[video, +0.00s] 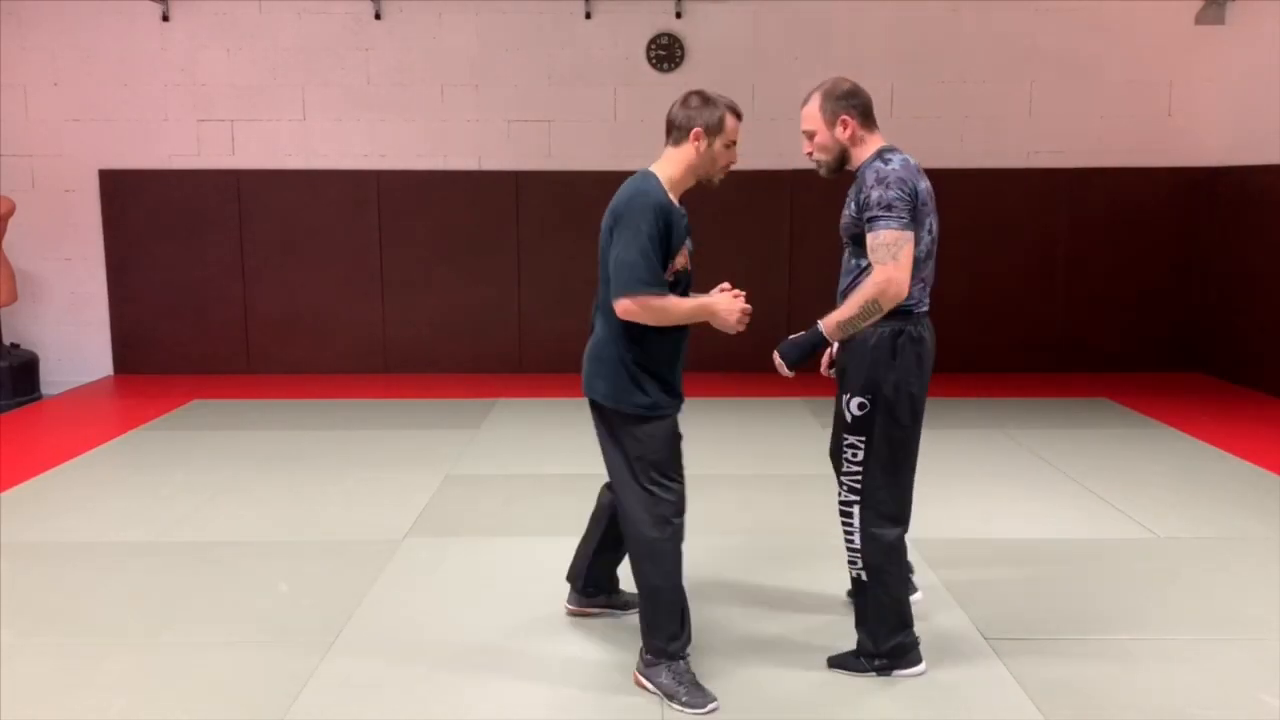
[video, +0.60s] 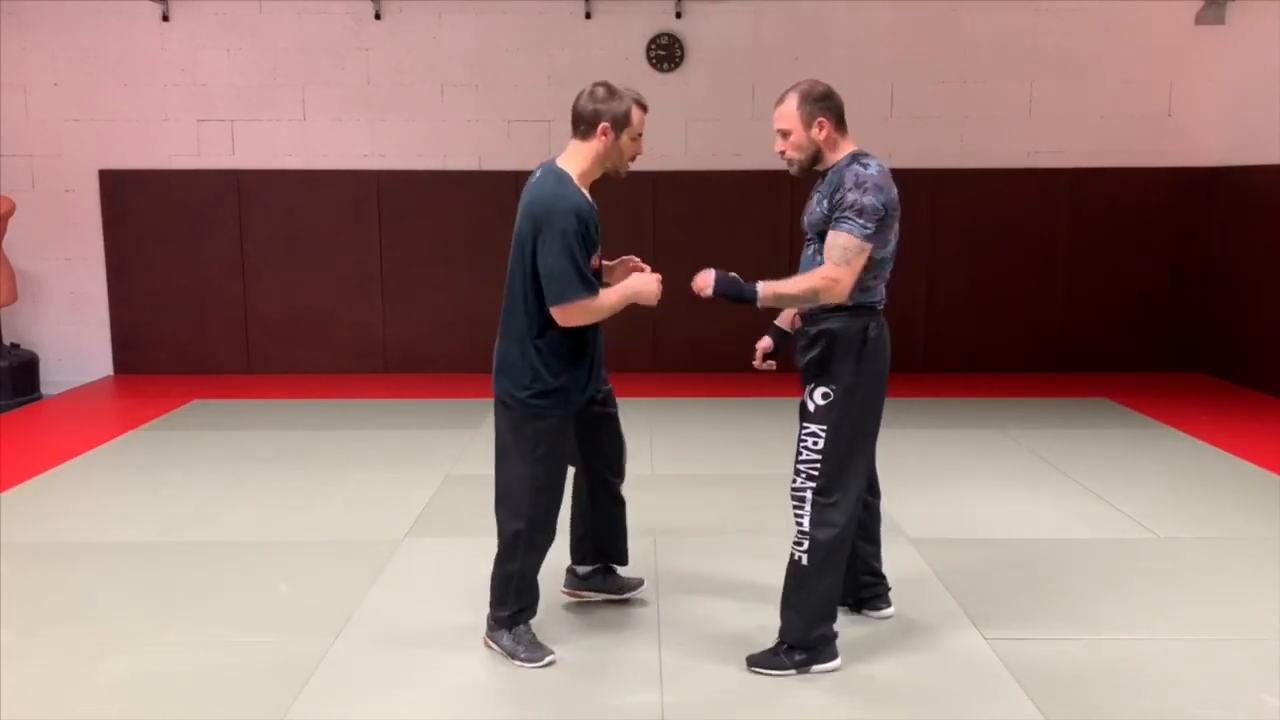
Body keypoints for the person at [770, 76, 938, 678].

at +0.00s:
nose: (807, 146)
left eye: (812, 133)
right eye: (806, 134)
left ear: (848, 126)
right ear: (850, 127)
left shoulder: (884, 179)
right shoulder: (879, 174)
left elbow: (890, 281)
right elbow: (883, 278)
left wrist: (810, 336)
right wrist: (840, 338)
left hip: (886, 346)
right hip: (882, 343)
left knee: (865, 491)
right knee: (868, 481)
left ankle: (888, 645)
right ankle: (888, 584)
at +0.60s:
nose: (780, 146)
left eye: (786, 134)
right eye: (777, 134)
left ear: (823, 128)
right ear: (822, 130)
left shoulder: (864, 181)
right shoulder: (837, 180)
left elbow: (836, 281)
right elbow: (824, 274)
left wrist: (738, 288)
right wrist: (782, 331)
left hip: (848, 343)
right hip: (835, 339)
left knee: (817, 490)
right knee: (850, 474)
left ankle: (808, 642)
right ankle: (865, 587)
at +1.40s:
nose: (712, 155)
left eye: (719, 143)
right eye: (711, 143)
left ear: (752, 136)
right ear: (760, 137)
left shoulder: (776, 187)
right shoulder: (808, 178)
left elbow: (672, 245)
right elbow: (692, 242)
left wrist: (594, 221)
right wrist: (609, 229)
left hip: (791, 340)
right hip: (810, 337)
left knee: (755, 480)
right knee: (791, 478)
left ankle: (795, 632)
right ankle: (801, 601)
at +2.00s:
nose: (690, 157)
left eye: (693, 145)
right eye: (687, 146)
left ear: (725, 136)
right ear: (737, 134)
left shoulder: (751, 189)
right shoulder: (790, 178)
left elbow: (653, 248)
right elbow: (681, 245)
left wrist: (570, 226)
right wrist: (594, 237)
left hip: (763, 346)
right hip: (794, 342)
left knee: (747, 490)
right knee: (787, 475)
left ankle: (756, 640)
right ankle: (803, 582)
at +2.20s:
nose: (688, 156)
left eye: (692, 144)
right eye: (686, 145)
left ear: (725, 135)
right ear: (736, 135)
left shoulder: (754, 186)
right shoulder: (785, 178)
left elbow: (652, 243)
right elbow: (672, 238)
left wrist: (563, 229)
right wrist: (594, 239)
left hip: (764, 344)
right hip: (790, 340)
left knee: (747, 488)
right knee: (787, 474)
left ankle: (755, 640)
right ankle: (803, 581)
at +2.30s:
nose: (687, 158)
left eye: (691, 145)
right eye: (684, 147)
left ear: (724, 136)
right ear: (732, 134)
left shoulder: (752, 185)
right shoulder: (782, 176)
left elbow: (656, 243)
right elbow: (685, 240)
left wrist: (562, 240)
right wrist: (619, 247)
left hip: (765, 343)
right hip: (789, 339)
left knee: (745, 489)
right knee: (784, 474)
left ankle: (754, 641)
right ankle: (803, 581)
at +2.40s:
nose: (687, 160)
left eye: (690, 147)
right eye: (683, 149)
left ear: (723, 138)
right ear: (732, 136)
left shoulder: (752, 185)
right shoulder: (779, 177)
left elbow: (661, 248)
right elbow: (693, 251)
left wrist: (572, 244)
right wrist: (617, 273)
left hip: (765, 345)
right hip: (789, 340)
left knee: (741, 489)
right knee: (780, 474)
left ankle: (753, 640)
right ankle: (804, 580)